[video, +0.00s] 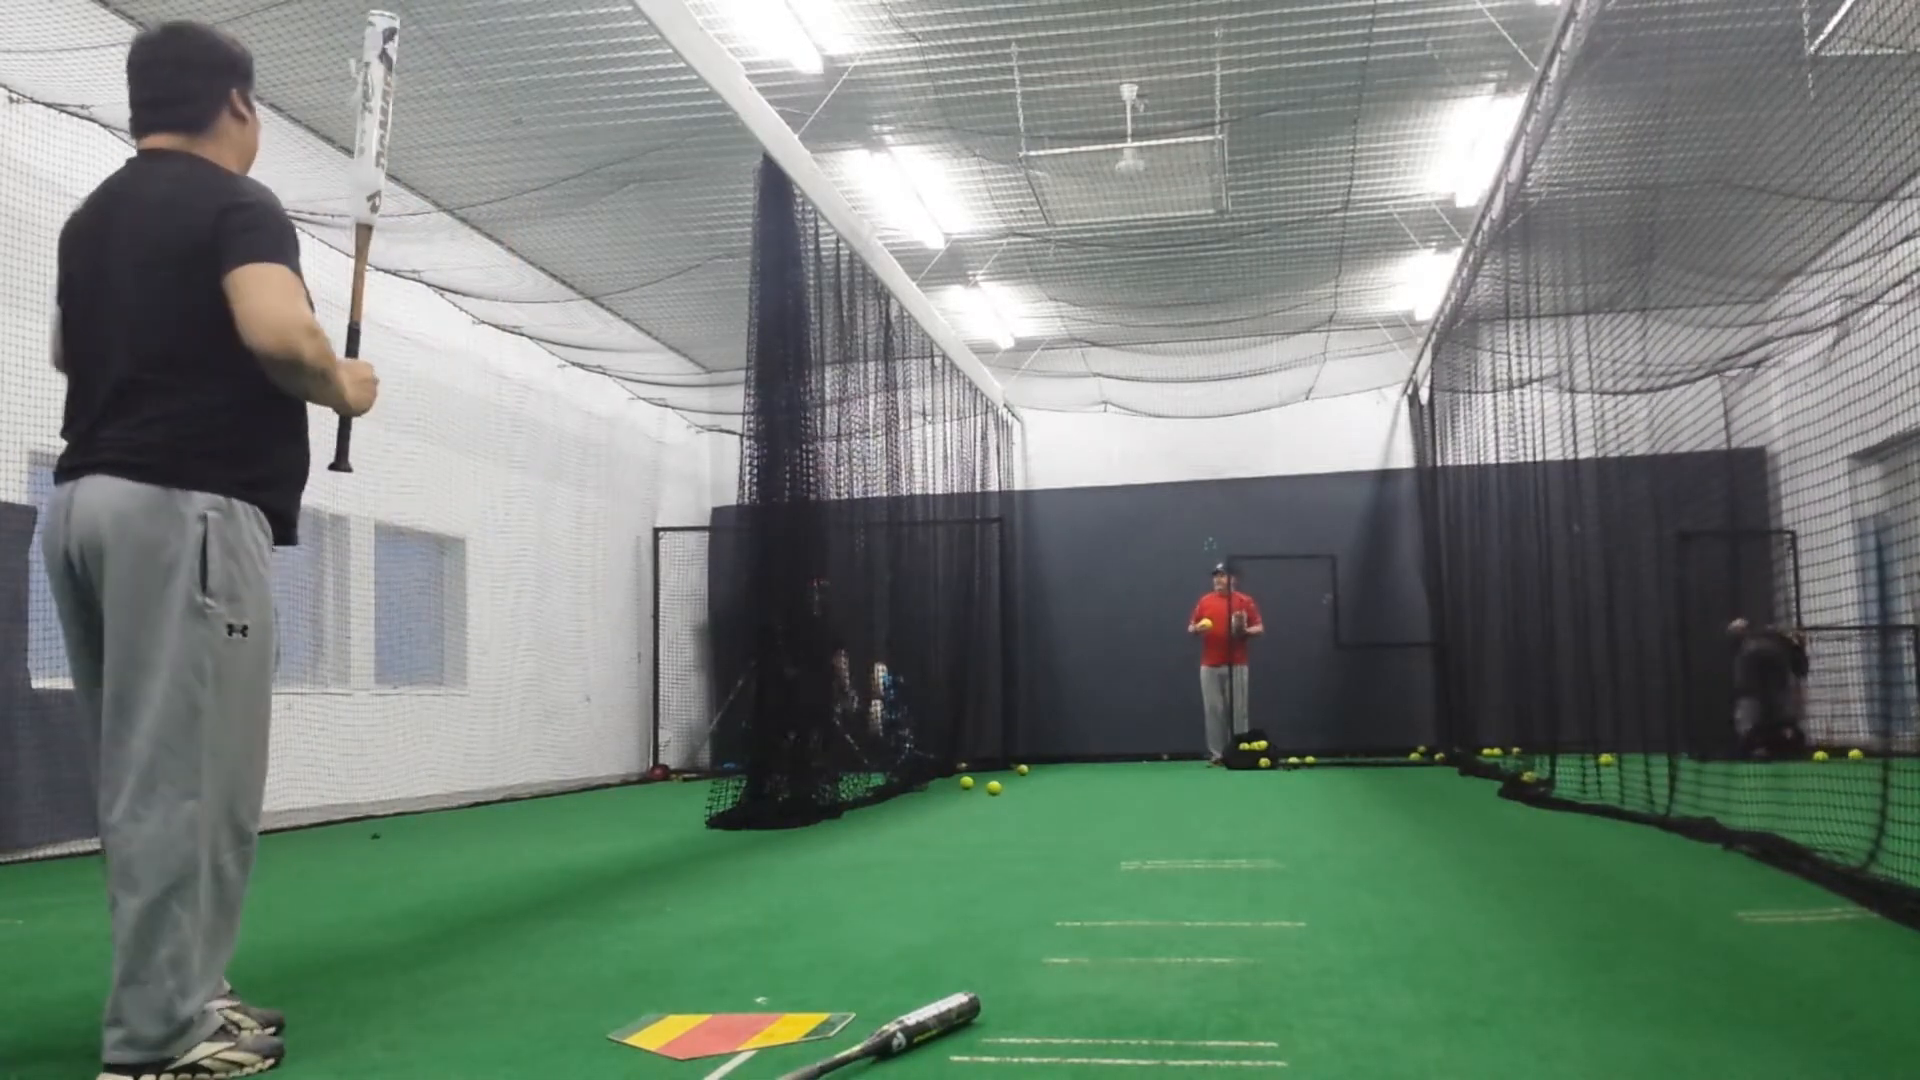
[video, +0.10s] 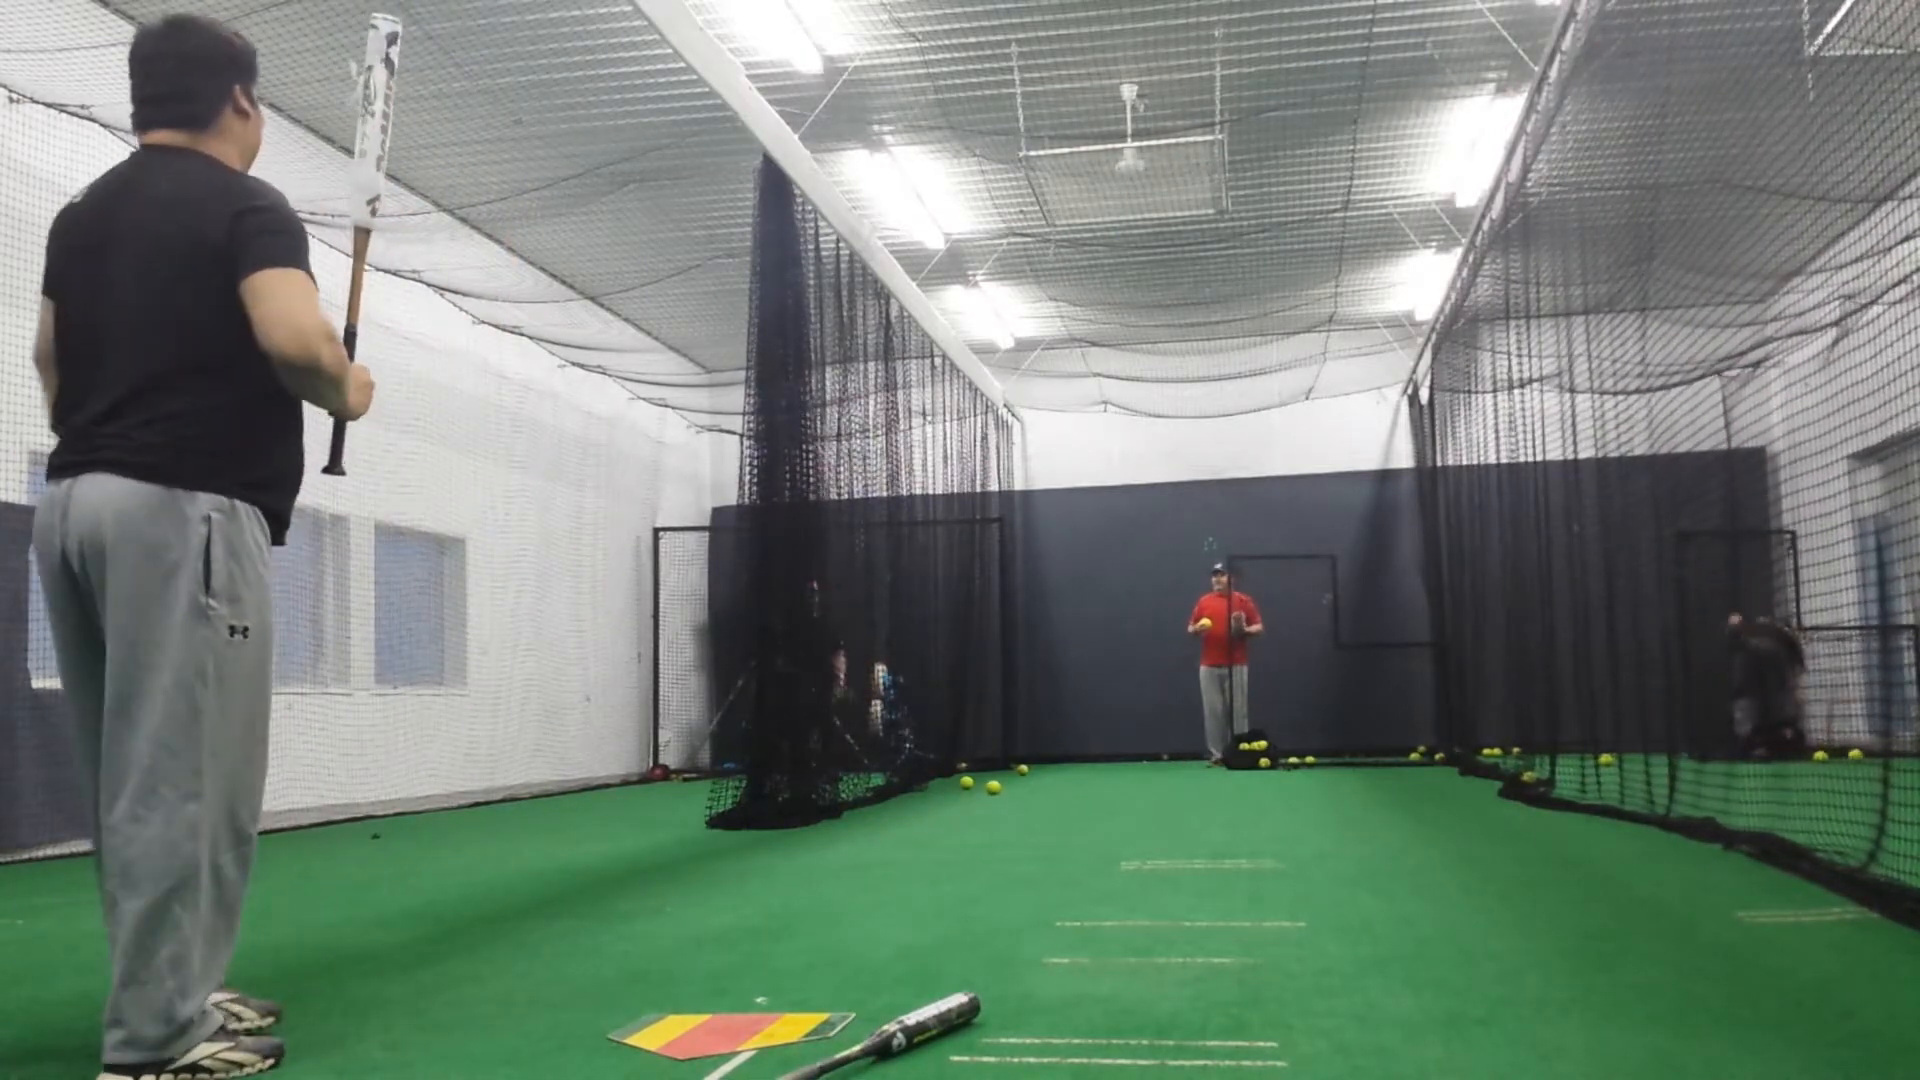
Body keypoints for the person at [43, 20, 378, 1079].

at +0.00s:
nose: (259, 127)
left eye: (254, 110)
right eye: (255, 109)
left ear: (148, 114)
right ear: (231, 107)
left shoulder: (89, 217)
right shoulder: (237, 201)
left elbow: (83, 370)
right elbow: (274, 332)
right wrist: (339, 382)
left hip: (85, 510)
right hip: (185, 515)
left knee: (144, 768)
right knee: (190, 776)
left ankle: (175, 994)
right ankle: (157, 1031)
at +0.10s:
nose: (260, 123)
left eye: (256, 106)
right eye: (257, 106)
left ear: (147, 108)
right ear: (234, 104)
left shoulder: (81, 212)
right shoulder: (247, 203)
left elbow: (52, 370)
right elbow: (290, 337)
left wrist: (106, 444)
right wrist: (344, 385)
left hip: (73, 510)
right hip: (182, 516)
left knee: (132, 769)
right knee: (186, 773)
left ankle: (167, 992)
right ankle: (156, 1033)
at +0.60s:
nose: (243, 113)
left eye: (237, 96)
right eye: (240, 96)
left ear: (127, 96)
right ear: (222, 96)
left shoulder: (38, 196)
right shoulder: (265, 208)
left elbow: (5, 348)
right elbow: (336, 361)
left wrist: (38, 427)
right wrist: (289, 397)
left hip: (31, 508)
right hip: (170, 517)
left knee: (28, 775)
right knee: (172, 781)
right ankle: (162, 1033)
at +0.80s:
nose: (223, 115)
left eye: (217, 98)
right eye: (220, 98)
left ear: (106, 100)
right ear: (199, 97)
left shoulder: (23, 195)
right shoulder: (246, 208)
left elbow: (10, 341)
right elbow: (325, 355)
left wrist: (56, 386)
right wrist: (275, 397)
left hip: (19, 508)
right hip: (155, 516)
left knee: (20, 780)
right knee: (167, 782)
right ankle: (162, 1034)